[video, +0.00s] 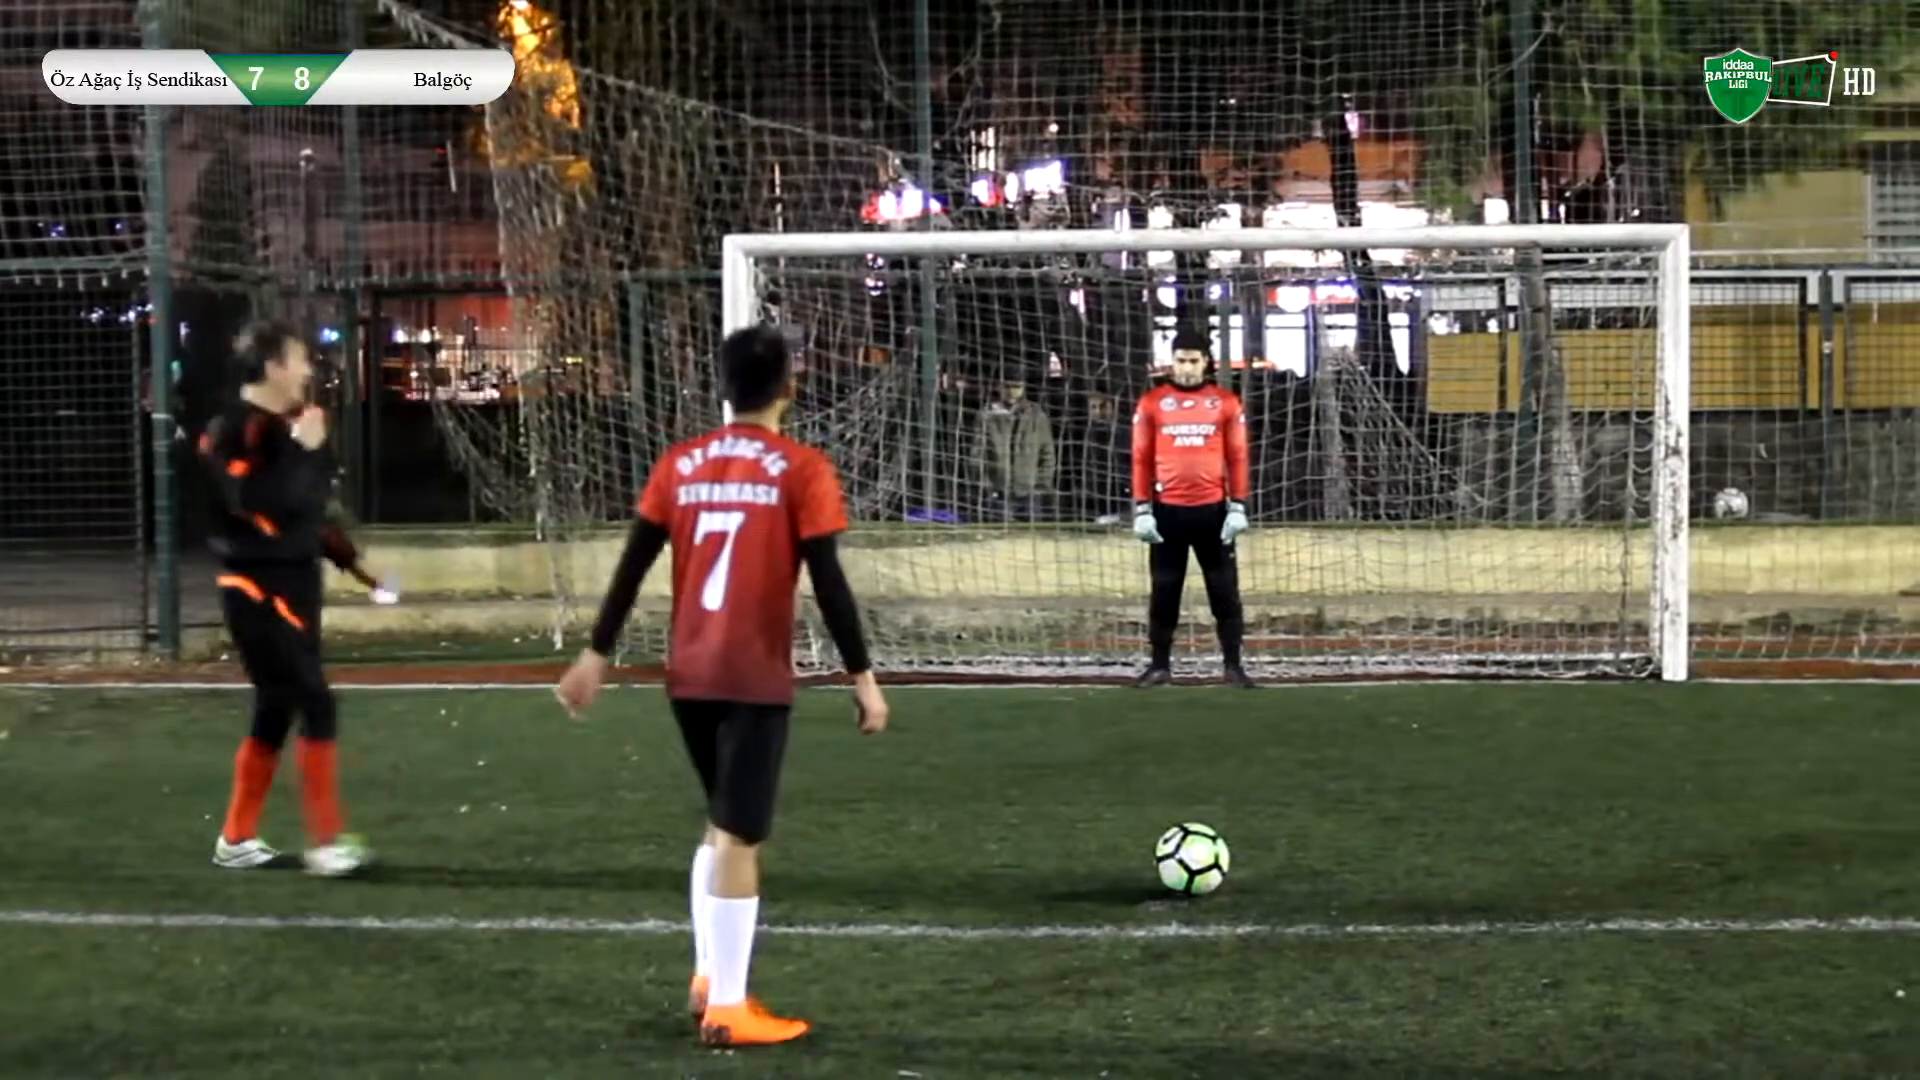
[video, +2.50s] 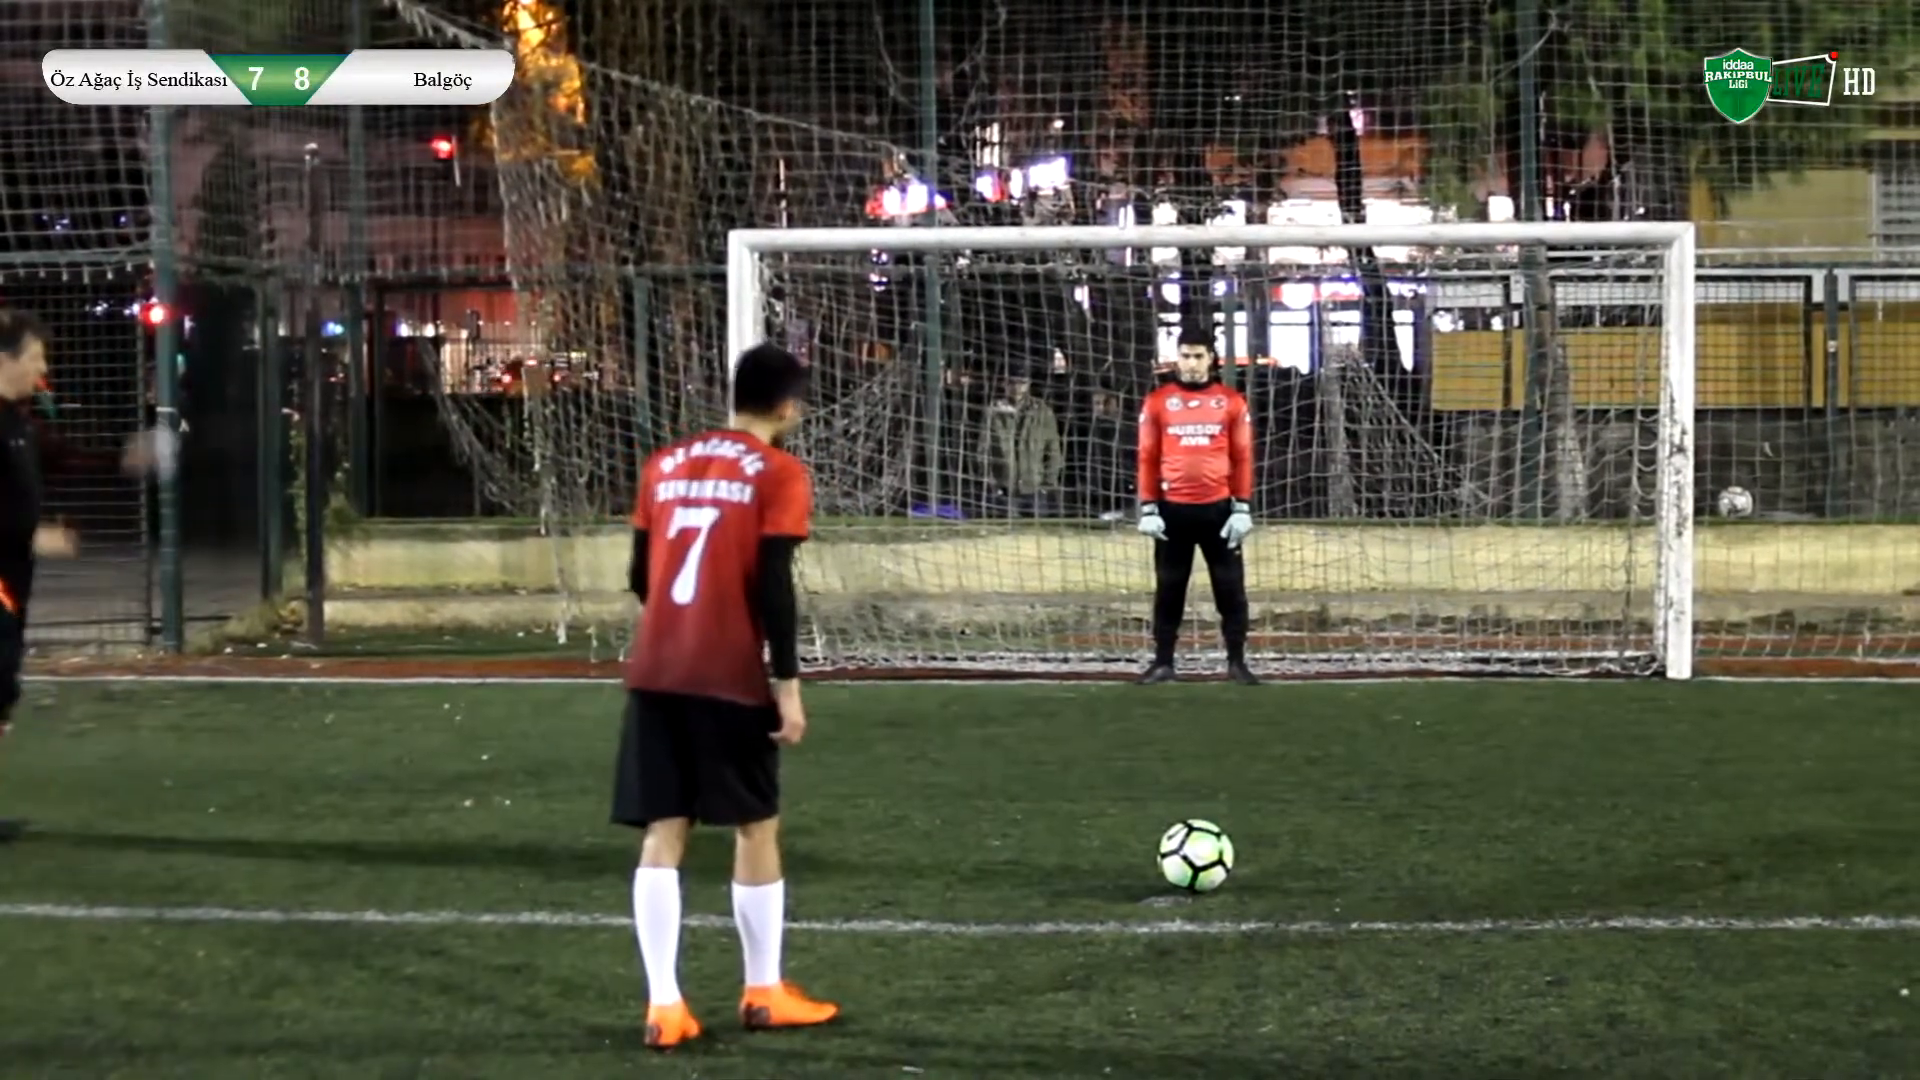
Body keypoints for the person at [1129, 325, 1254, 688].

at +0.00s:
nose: (1187, 368)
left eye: (1194, 360)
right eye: (1180, 360)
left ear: (1206, 363)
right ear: (1171, 364)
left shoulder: (1226, 402)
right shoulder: (1151, 403)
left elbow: (1238, 456)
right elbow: (1141, 458)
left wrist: (1238, 504)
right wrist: (1142, 507)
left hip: (1213, 509)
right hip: (1167, 510)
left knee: (1225, 592)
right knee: (1164, 592)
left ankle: (1233, 664)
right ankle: (1159, 664)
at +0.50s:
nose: (1190, 365)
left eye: (1197, 357)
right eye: (1184, 357)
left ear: (1211, 360)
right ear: (1175, 360)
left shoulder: (1230, 401)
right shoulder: (1156, 401)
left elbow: (1242, 454)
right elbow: (1146, 455)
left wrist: (1242, 501)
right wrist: (1147, 503)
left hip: (1218, 506)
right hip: (1171, 507)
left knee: (1229, 590)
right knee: (1168, 589)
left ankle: (1238, 662)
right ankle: (1164, 661)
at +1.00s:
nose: (1188, 362)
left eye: (1196, 355)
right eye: (1184, 355)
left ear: (1212, 359)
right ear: (1176, 357)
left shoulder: (1232, 401)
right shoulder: (1158, 400)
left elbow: (1243, 453)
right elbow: (1148, 454)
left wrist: (1242, 500)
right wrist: (1149, 502)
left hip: (1219, 505)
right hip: (1173, 506)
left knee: (1231, 588)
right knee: (1170, 587)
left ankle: (1239, 661)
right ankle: (1165, 660)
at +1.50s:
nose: (1188, 364)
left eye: (1195, 357)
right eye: (1182, 357)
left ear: (1209, 359)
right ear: (1174, 359)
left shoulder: (1230, 402)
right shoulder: (1155, 402)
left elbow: (1241, 455)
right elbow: (1145, 456)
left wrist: (1240, 503)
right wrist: (1147, 505)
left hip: (1216, 507)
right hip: (1170, 508)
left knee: (1228, 589)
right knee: (1167, 589)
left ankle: (1237, 662)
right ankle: (1163, 661)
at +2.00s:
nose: (1188, 363)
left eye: (1195, 356)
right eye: (1182, 356)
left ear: (1209, 359)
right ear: (1174, 359)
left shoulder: (1229, 402)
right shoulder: (1154, 402)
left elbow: (1240, 456)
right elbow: (1144, 456)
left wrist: (1239, 505)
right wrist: (1146, 505)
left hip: (1216, 507)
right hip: (1169, 508)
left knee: (1228, 589)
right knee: (1166, 590)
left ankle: (1236, 662)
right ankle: (1162, 661)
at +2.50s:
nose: (1191, 363)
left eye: (1199, 356)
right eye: (1185, 356)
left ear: (1212, 359)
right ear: (1176, 359)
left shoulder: (1232, 402)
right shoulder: (1157, 402)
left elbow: (1243, 456)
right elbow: (1147, 456)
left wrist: (1242, 505)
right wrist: (1148, 506)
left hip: (1219, 507)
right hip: (1172, 509)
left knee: (1231, 590)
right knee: (1169, 590)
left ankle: (1236, 660)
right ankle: (1164, 660)